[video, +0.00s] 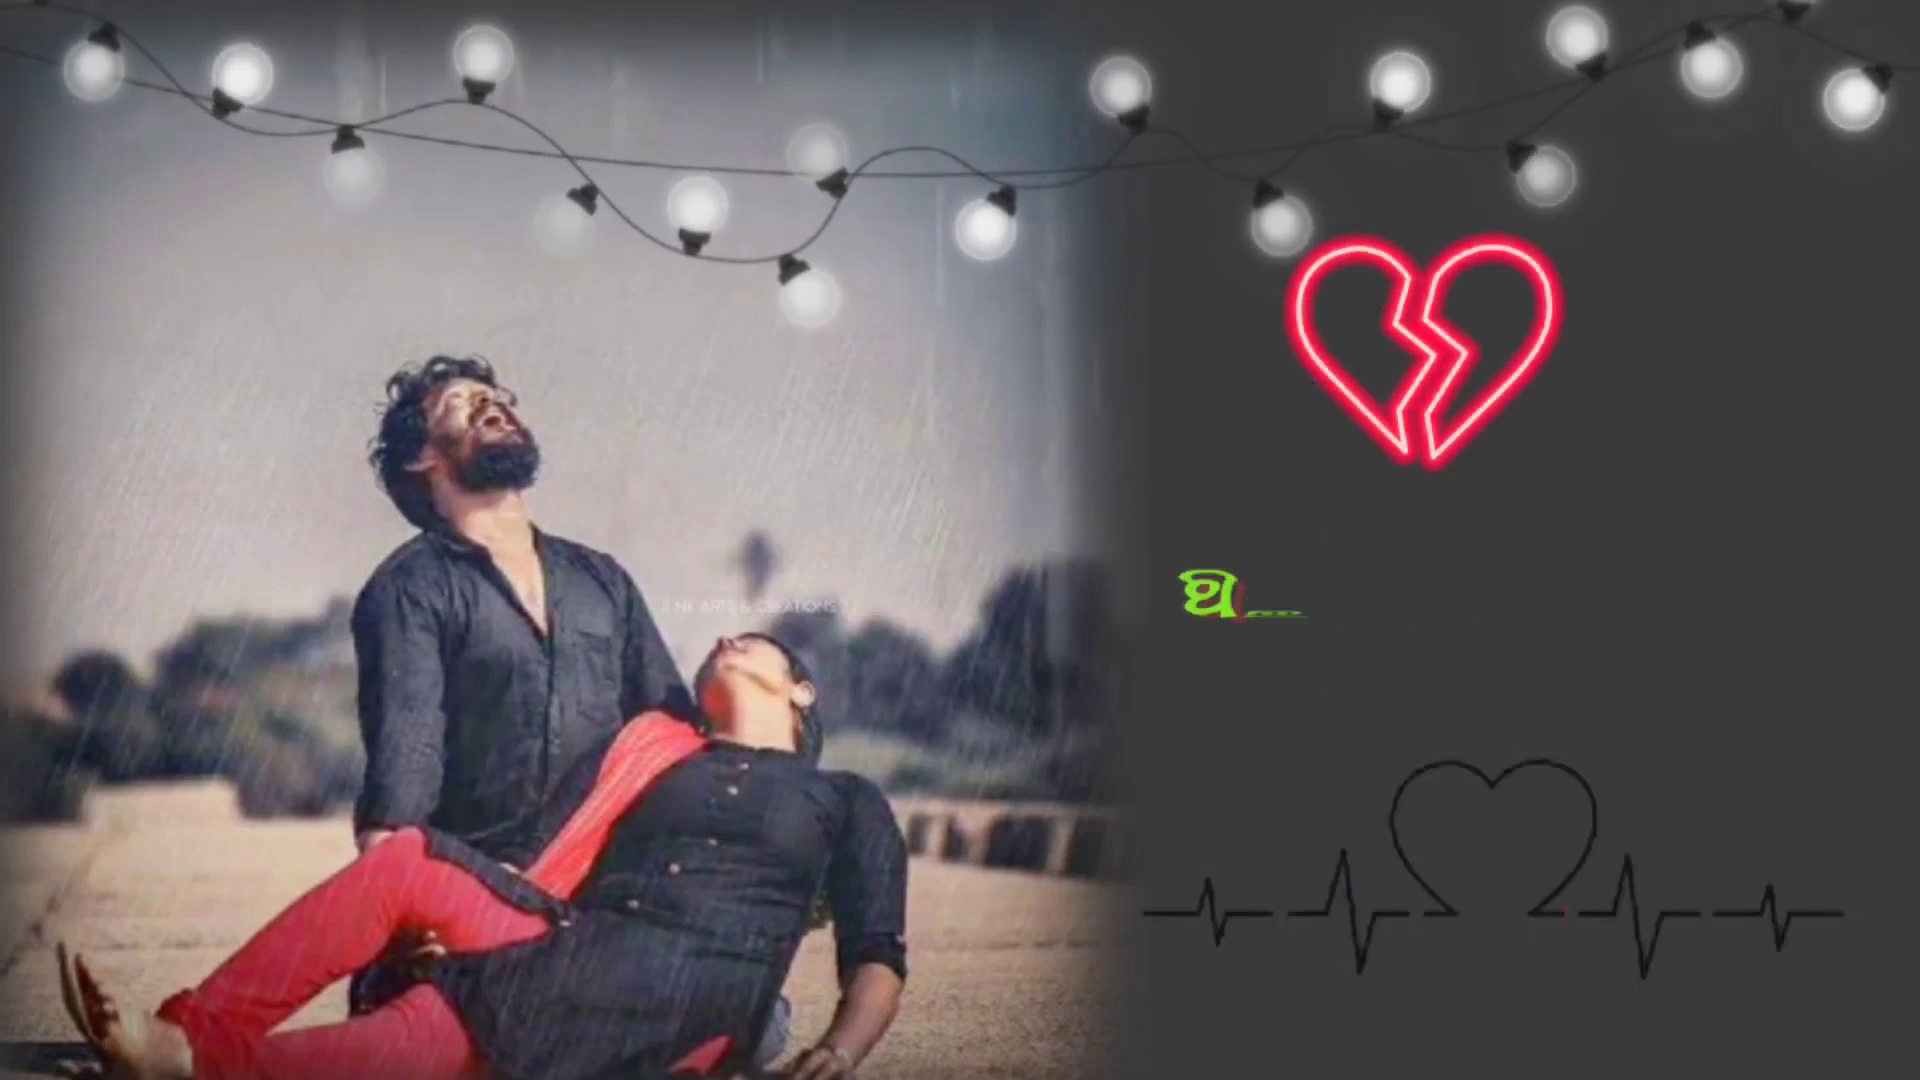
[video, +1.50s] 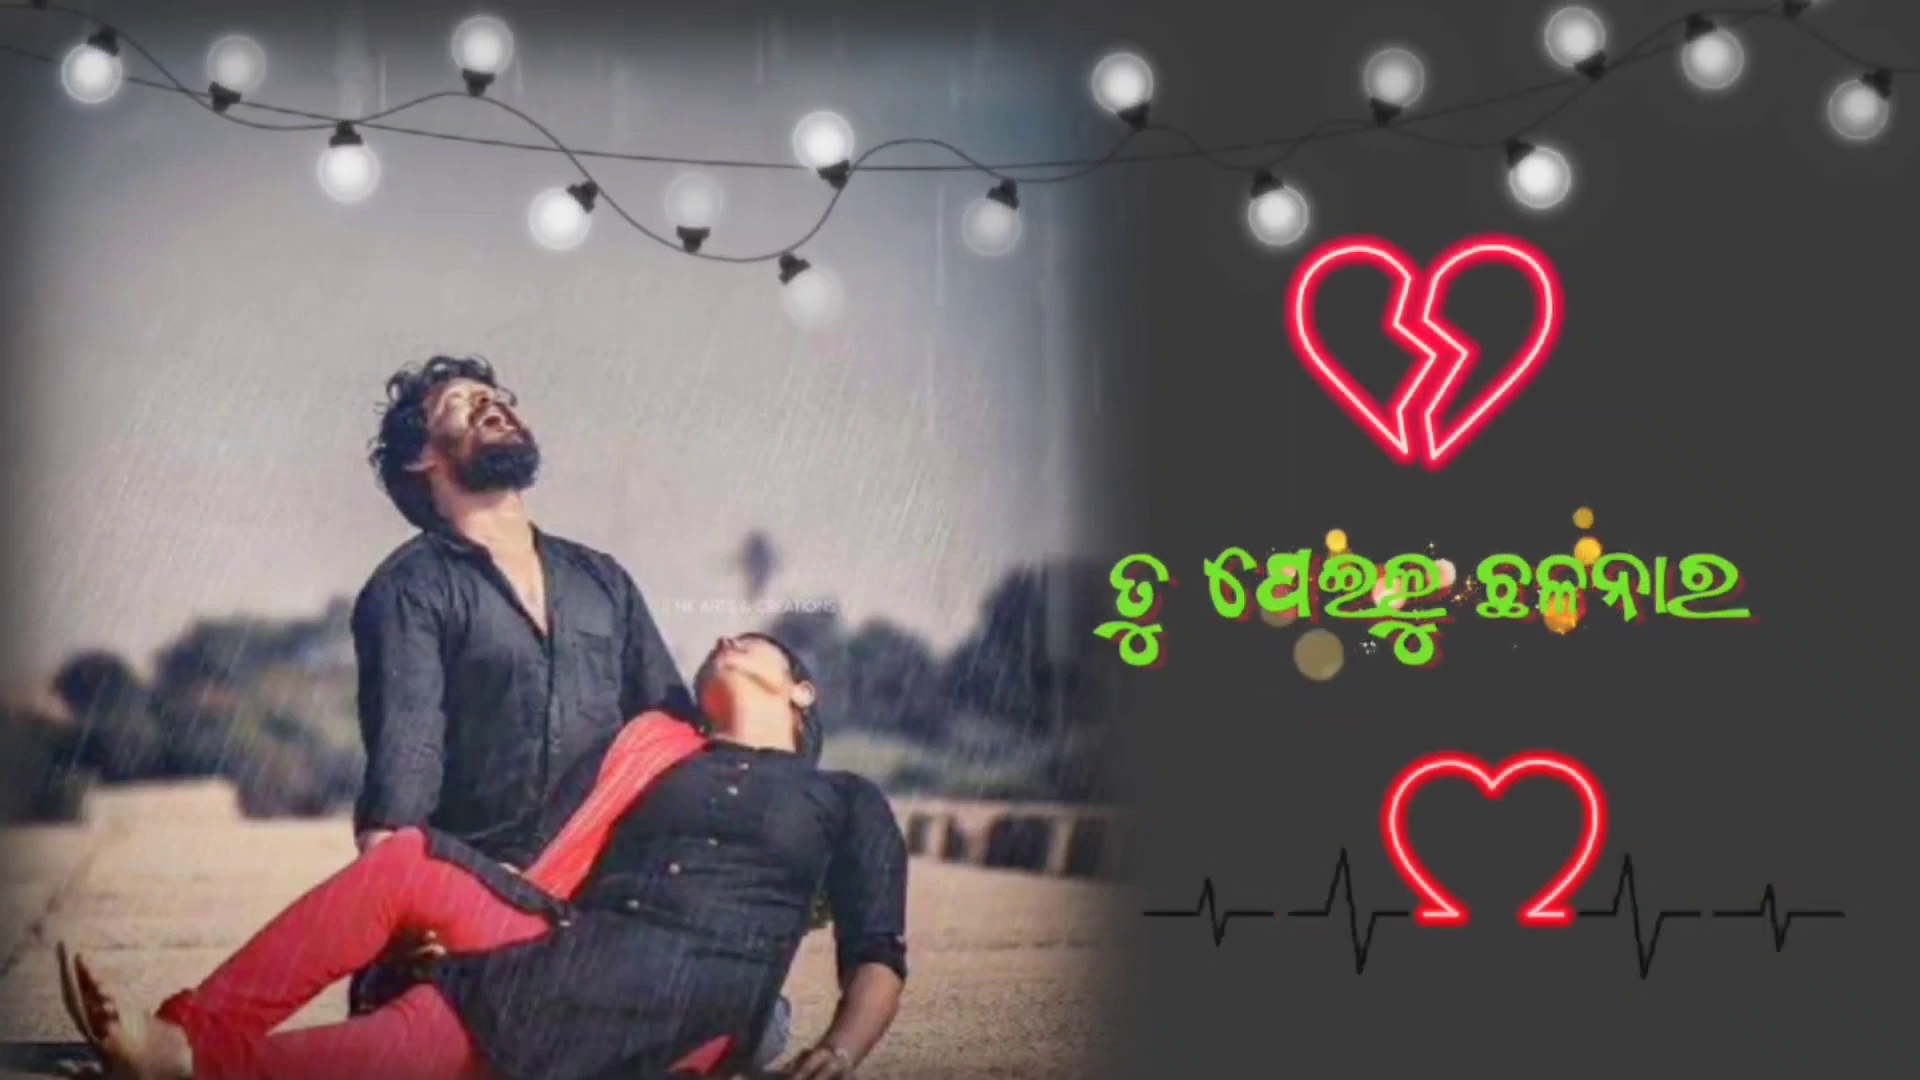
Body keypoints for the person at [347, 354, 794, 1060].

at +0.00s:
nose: (496, 408)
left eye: (502, 401)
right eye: (463, 406)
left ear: (525, 438)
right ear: (421, 462)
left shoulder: (602, 578)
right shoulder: (410, 587)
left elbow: (678, 729)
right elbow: (404, 754)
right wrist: (387, 904)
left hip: (617, 884)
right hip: (462, 891)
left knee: (760, 1022)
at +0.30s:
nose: (496, 408)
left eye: (502, 401)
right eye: (463, 406)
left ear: (525, 438)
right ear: (421, 462)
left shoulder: (602, 578)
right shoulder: (410, 587)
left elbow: (678, 728)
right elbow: (404, 753)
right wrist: (387, 904)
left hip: (617, 883)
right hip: (462, 890)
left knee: (760, 1022)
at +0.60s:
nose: (497, 408)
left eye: (502, 401)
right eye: (463, 406)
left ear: (525, 437)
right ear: (421, 462)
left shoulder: (602, 578)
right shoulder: (410, 588)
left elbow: (678, 727)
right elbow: (404, 751)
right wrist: (388, 901)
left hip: (615, 883)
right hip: (461, 891)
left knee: (761, 1020)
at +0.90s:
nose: (497, 408)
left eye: (502, 401)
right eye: (463, 406)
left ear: (525, 438)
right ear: (422, 462)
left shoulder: (602, 578)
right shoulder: (410, 588)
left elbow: (678, 728)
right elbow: (404, 753)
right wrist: (388, 901)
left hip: (617, 883)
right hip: (462, 890)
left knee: (761, 1021)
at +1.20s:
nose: (496, 408)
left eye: (502, 401)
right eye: (463, 406)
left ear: (525, 438)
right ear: (421, 462)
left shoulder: (602, 578)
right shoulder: (410, 587)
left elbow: (678, 728)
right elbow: (404, 753)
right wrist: (387, 904)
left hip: (617, 883)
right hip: (462, 890)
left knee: (760, 1022)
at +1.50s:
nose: (497, 408)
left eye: (502, 401)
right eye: (463, 406)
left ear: (525, 438)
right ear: (422, 462)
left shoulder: (602, 579)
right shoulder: (410, 588)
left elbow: (678, 728)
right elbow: (404, 752)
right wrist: (388, 902)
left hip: (617, 882)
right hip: (462, 890)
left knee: (761, 1022)